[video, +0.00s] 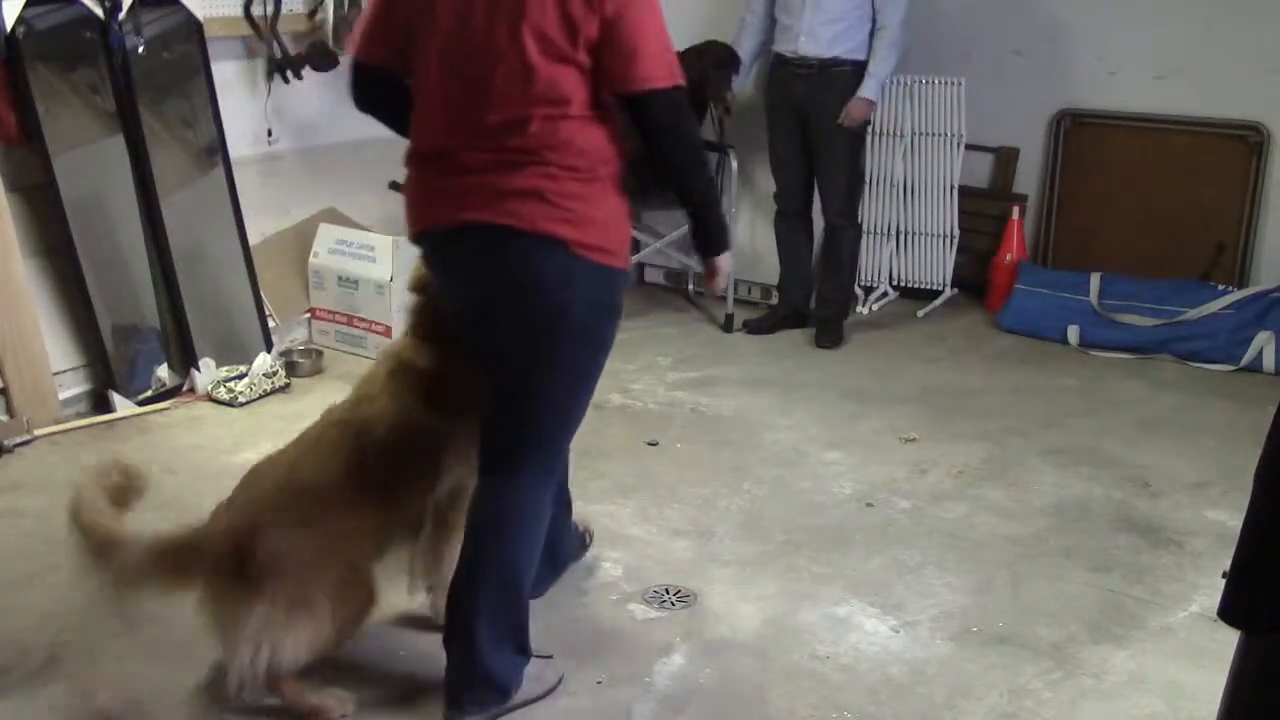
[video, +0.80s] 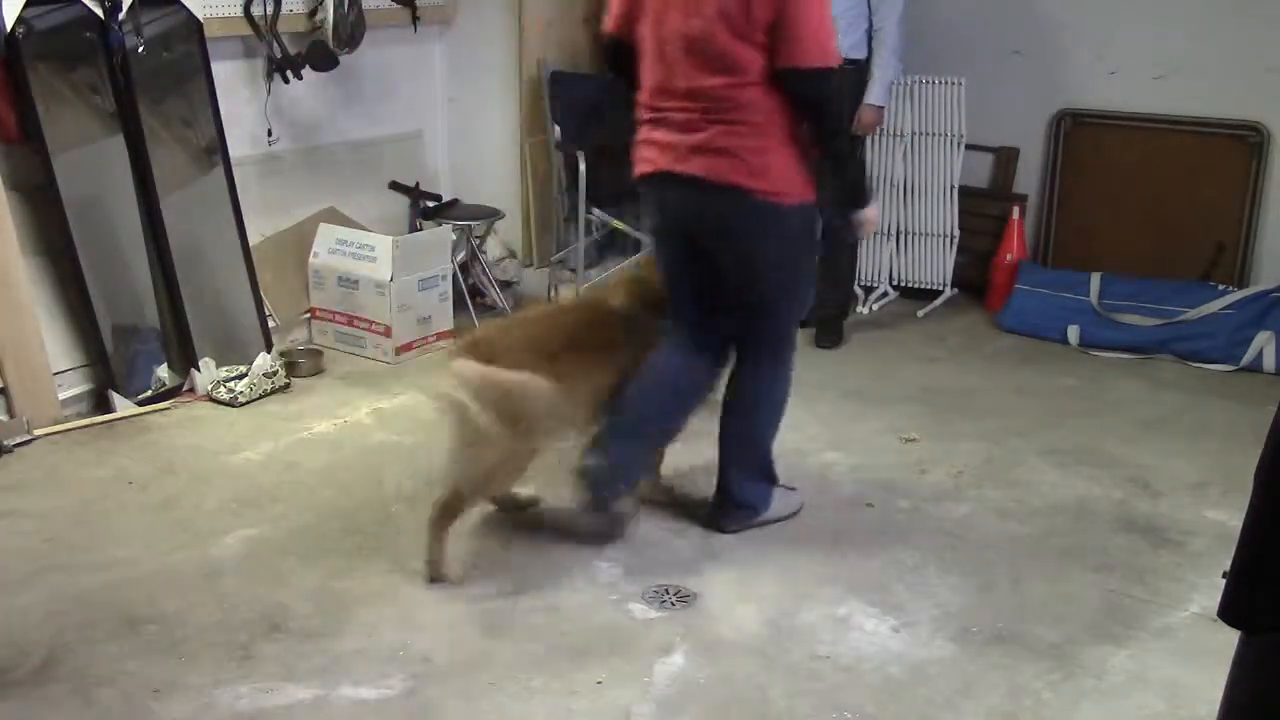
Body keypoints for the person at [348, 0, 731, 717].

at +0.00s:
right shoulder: (608, 1)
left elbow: (372, 83)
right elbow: (661, 108)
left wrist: (461, 135)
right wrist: (712, 233)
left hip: (447, 213)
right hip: (561, 222)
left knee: (520, 397)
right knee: (523, 456)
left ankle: (549, 546)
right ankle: (484, 677)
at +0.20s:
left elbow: (420, 74)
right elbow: (681, 91)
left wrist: (504, 121)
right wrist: (724, 204)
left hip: (492, 200)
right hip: (595, 213)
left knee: (527, 391)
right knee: (578, 418)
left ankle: (541, 540)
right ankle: (499, 628)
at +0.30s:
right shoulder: (649, 1)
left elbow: (443, 61)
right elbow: (679, 79)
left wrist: (525, 110)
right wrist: (726, 201)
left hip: (510, 187)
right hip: (614, 198)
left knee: (557, 377)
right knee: (637, 393)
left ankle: (543, 547)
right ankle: (541, 558)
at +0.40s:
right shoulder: (666, 1)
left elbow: (470, 54)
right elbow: (684, 76)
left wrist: (548, 104)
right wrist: (730, 203)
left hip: (534, 182)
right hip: (633, 191)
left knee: (562, 376)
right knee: (684, 361)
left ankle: (537, 560)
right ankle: (611, 529)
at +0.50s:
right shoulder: (687, 1)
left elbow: (501, 52)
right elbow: (698, 75)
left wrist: (572, 103)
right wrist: (740, 202)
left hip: (560, 181)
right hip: (656, 189)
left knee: (577, 371)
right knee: (710, 345)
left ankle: (538, 553)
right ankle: (697, 514)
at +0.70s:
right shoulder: (759, 4)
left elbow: (580, 56)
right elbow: (766, 80)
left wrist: (642, 119)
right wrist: (814, 204)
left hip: (631, 177)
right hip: (728, 188)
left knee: (637, 358)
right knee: (748, 348)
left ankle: (557, 528)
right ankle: (740, 495)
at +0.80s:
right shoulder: (792, 3)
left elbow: (616, 45)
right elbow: (810, 76)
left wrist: (674, 104)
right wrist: (856, 194)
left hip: (668, 170)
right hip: (761, 179)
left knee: (695, 333)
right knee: (767, 346)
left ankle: (610, 470)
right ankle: (743, 496)